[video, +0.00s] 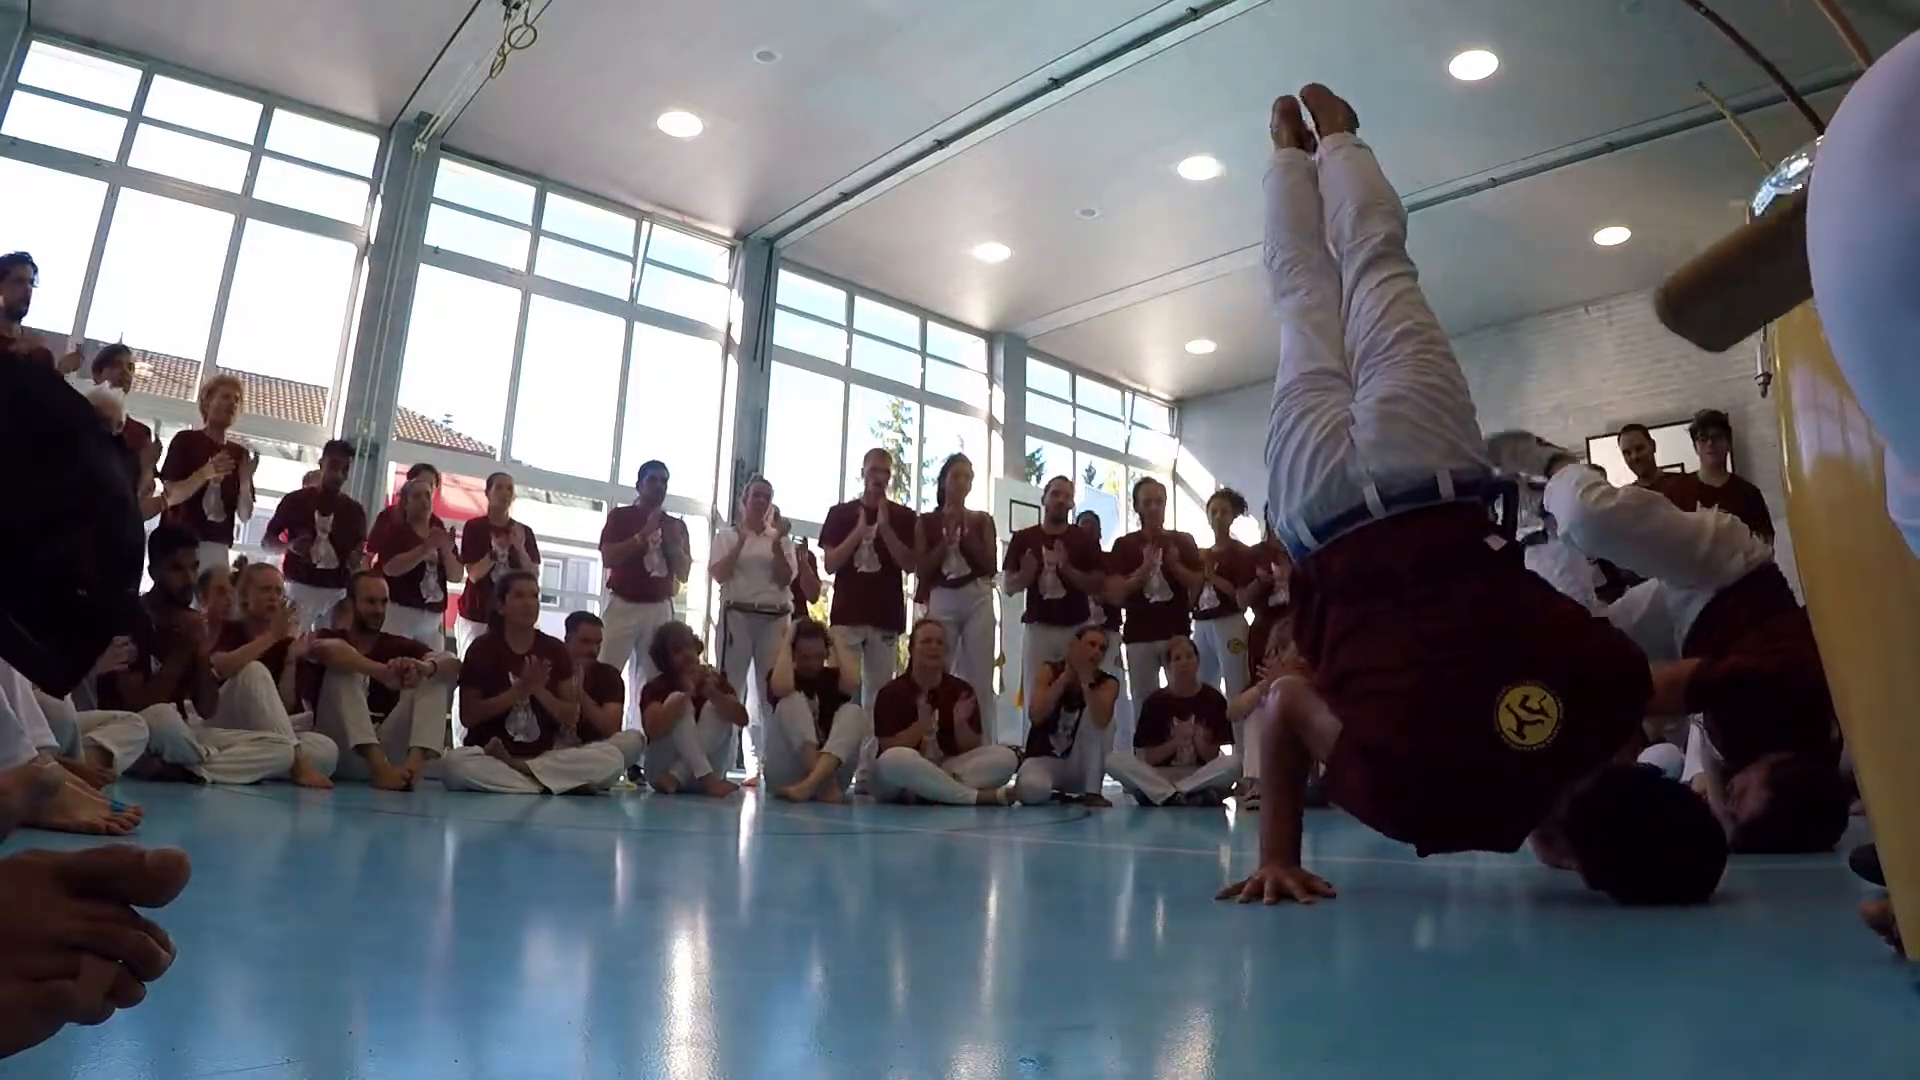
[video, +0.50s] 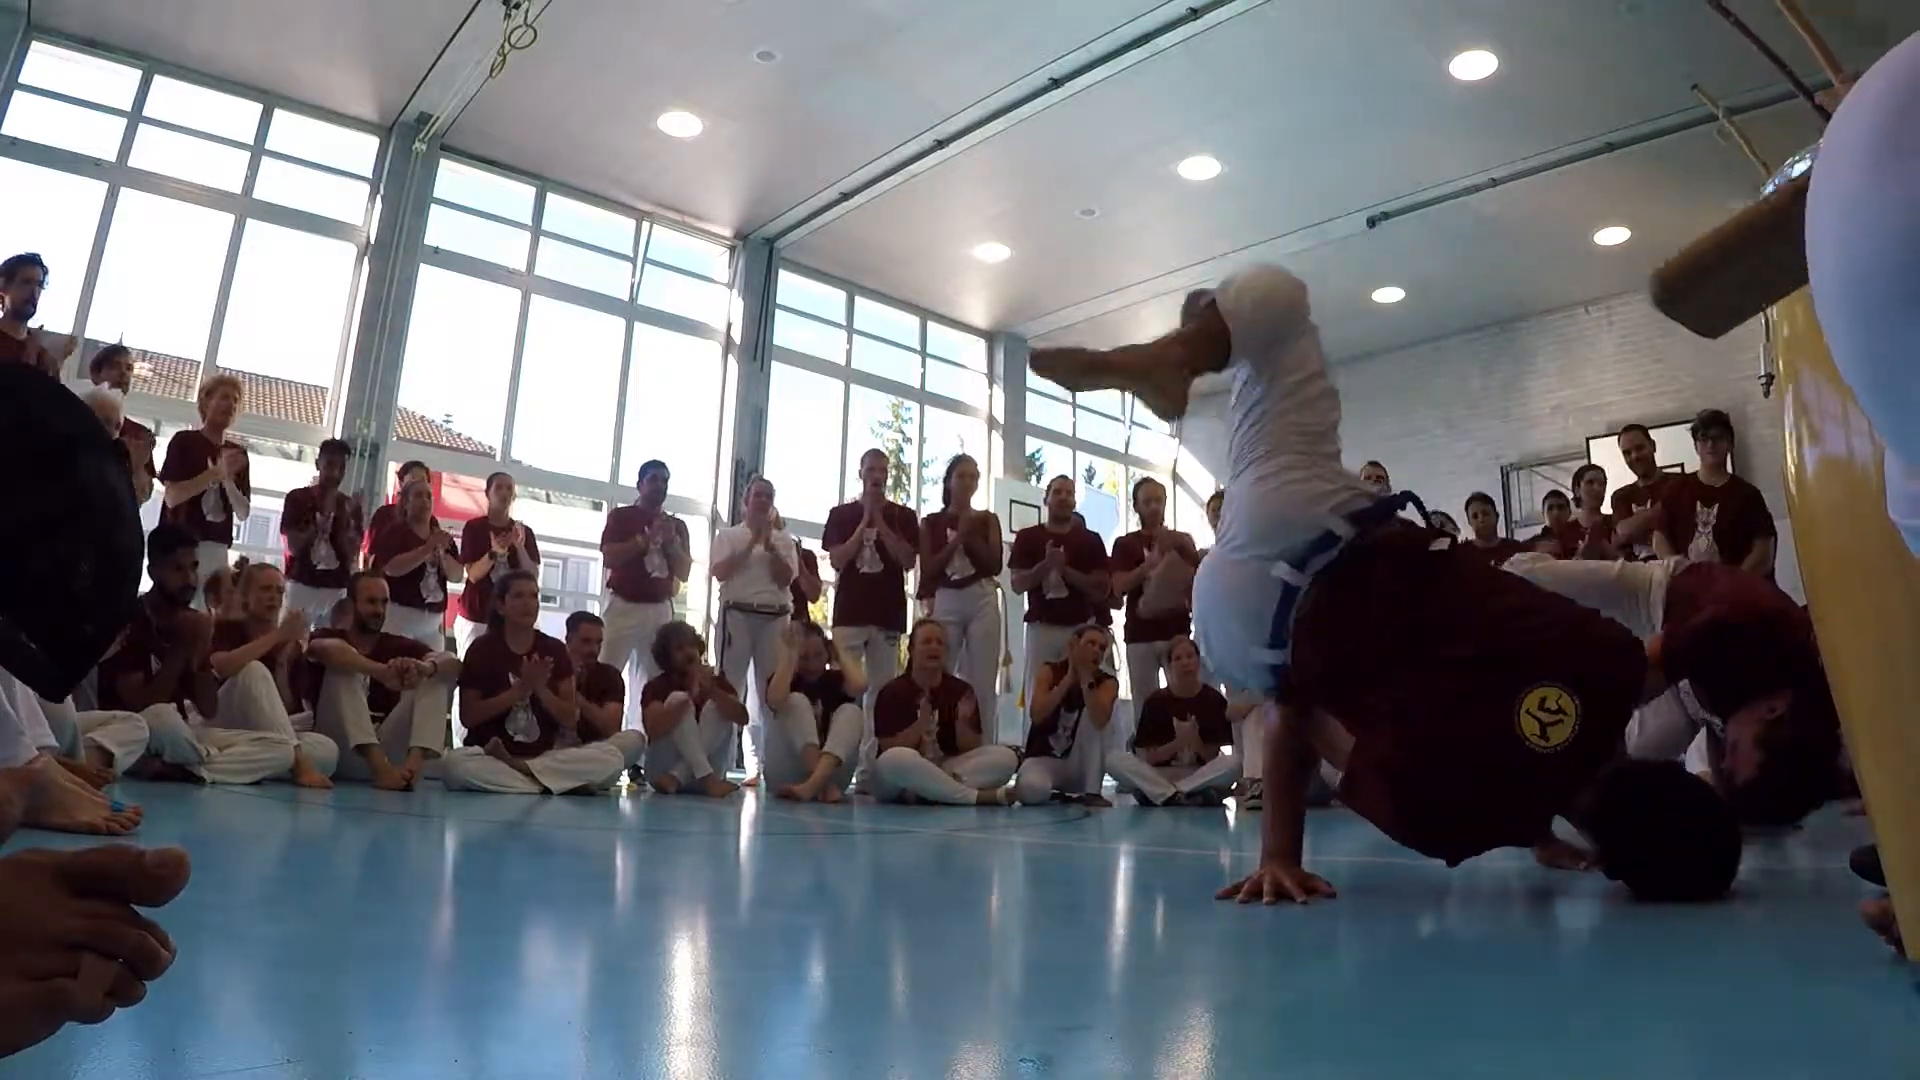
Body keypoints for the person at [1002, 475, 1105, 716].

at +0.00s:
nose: (1062, 500)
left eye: (1067, 496)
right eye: (1056, 493)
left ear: (1073, 503)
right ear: (1044, 498)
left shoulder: (1085, 539)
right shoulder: (1023, 538)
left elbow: (1096, 585)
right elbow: (1008, 586)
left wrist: (1066, 569)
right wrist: (1025, 575)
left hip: (1077, 629)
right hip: (1039, 629)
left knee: (1077, 701)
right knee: (1035, 701)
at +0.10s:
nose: (1062, 499)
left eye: (1068, 495)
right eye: (1057, 493)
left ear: (1073, 503)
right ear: (1044, 498)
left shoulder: (1085, 537)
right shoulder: (1024, 537)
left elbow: (1099, 586)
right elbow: (1013, 586)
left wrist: (1059, 569)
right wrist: (1041, 567)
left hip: (1078, 629)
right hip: (1039, 629)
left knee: (1078, 703)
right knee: (1036, 703)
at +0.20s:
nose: (1062, 499)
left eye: (1068, 495)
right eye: (1056, 494)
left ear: (1074, 502)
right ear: (1045, 499)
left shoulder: (1088, 540)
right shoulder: (1026, 538)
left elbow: (1101, 586)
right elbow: (1013, 586)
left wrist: (1062, 568)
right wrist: (1041, 565)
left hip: (1080, 630)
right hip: (1040, 629)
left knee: (1082, 704)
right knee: (1037, 705)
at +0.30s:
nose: (1062, 499)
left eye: (1068, 495)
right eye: (1057, 494)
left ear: (1074, 501)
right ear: (1045, 499)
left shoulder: (1089, 540)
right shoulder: (1026, 538)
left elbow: (1101, 589)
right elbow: (1011, 587)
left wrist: (1074, 566)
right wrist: (1030, 567)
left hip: (1082, 631)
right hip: (1041, 630)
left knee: (1082, 705)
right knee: (1037, 704)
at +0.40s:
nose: (1063, 497)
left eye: (1069, 493)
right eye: (1058, 492)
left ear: (1075, 500)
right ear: (1046, 498)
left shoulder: (1090, 540)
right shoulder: (1027, 537)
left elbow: (1101, 590)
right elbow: (1015, 585)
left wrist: (1071, 567)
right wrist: (1037, 565)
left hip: (1082, 631)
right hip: (1041, 629)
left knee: (1081, 703)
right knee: (1037, 702)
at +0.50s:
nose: (1064, 497)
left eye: (1069, 493)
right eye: (1058, 492)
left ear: (1075, 500)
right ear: (1047, 498)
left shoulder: (1091, 540)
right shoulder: (1027, 537)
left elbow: (1101, 589)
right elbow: (1018, 584)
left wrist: (1063, 569)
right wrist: (1047, 564)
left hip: (1082, 629)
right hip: (1042, 629)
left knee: (1082, 702)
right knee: (1038, 701)